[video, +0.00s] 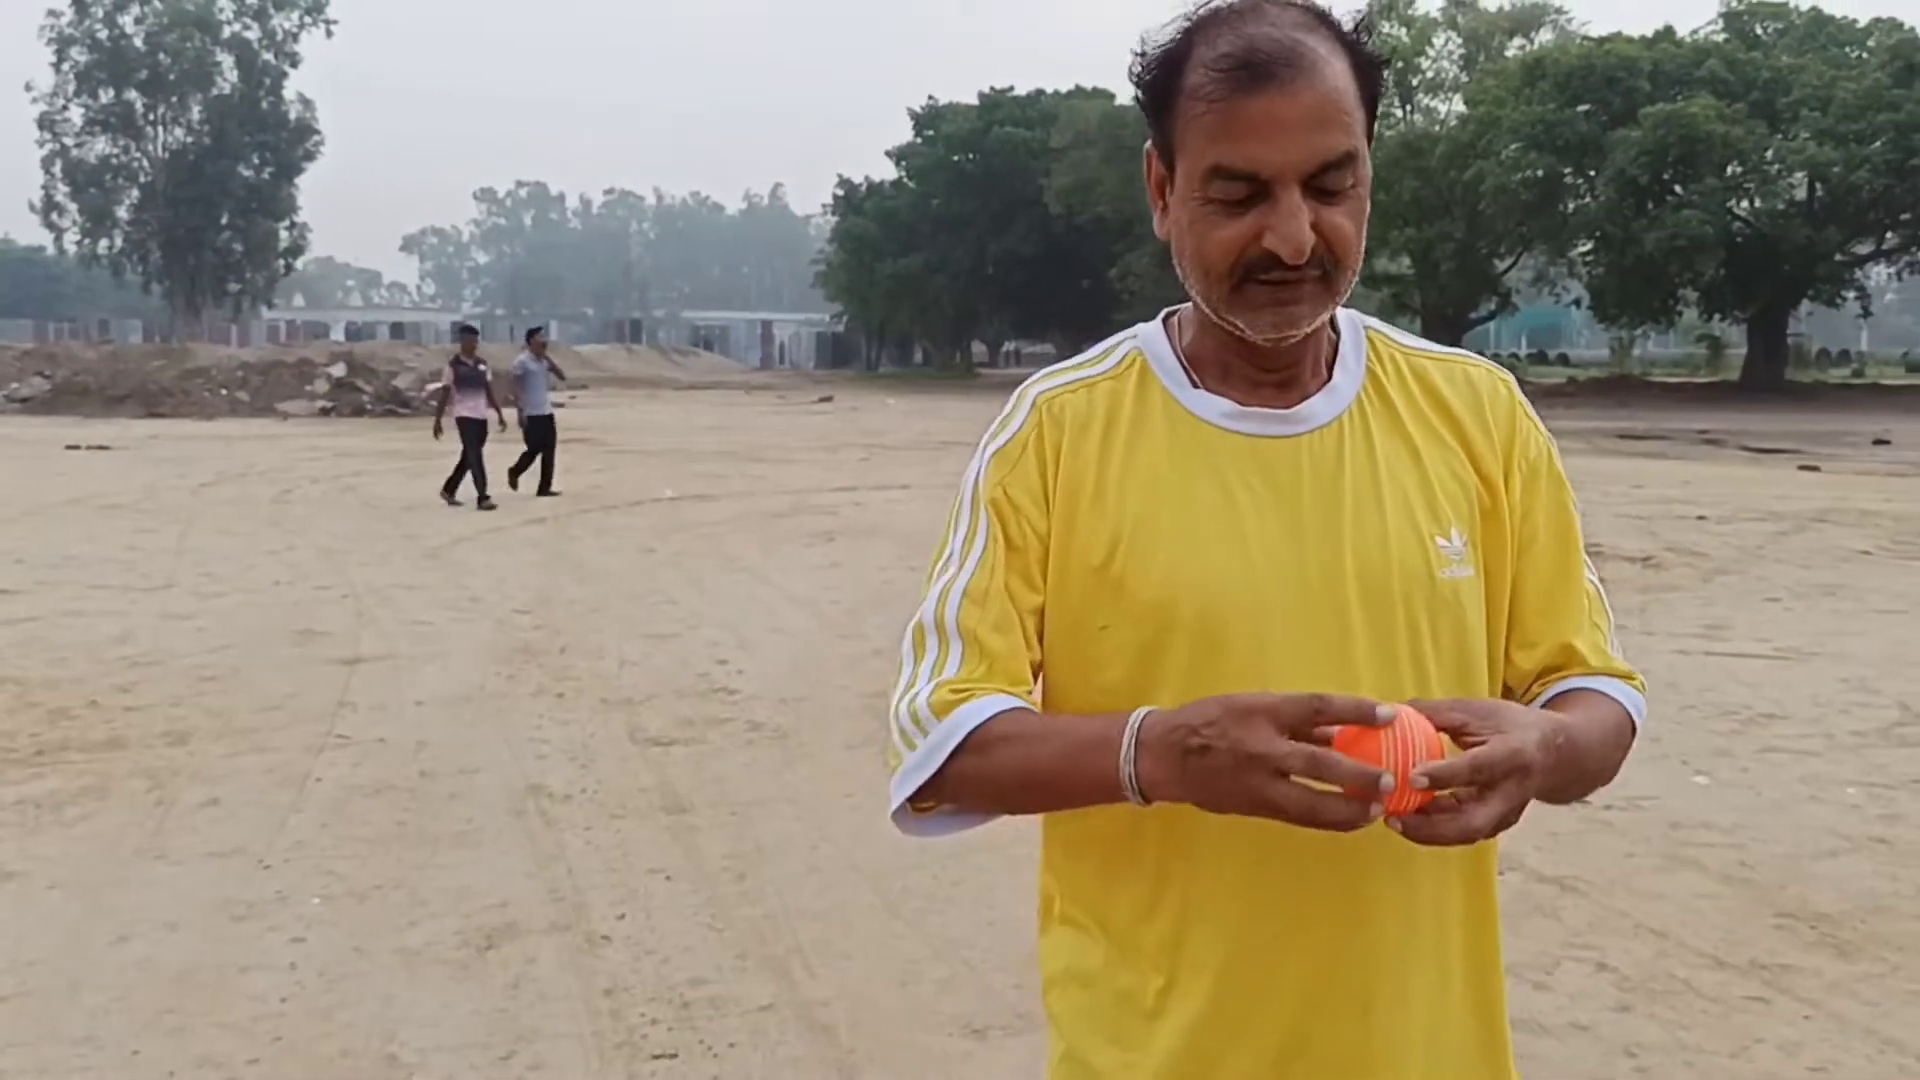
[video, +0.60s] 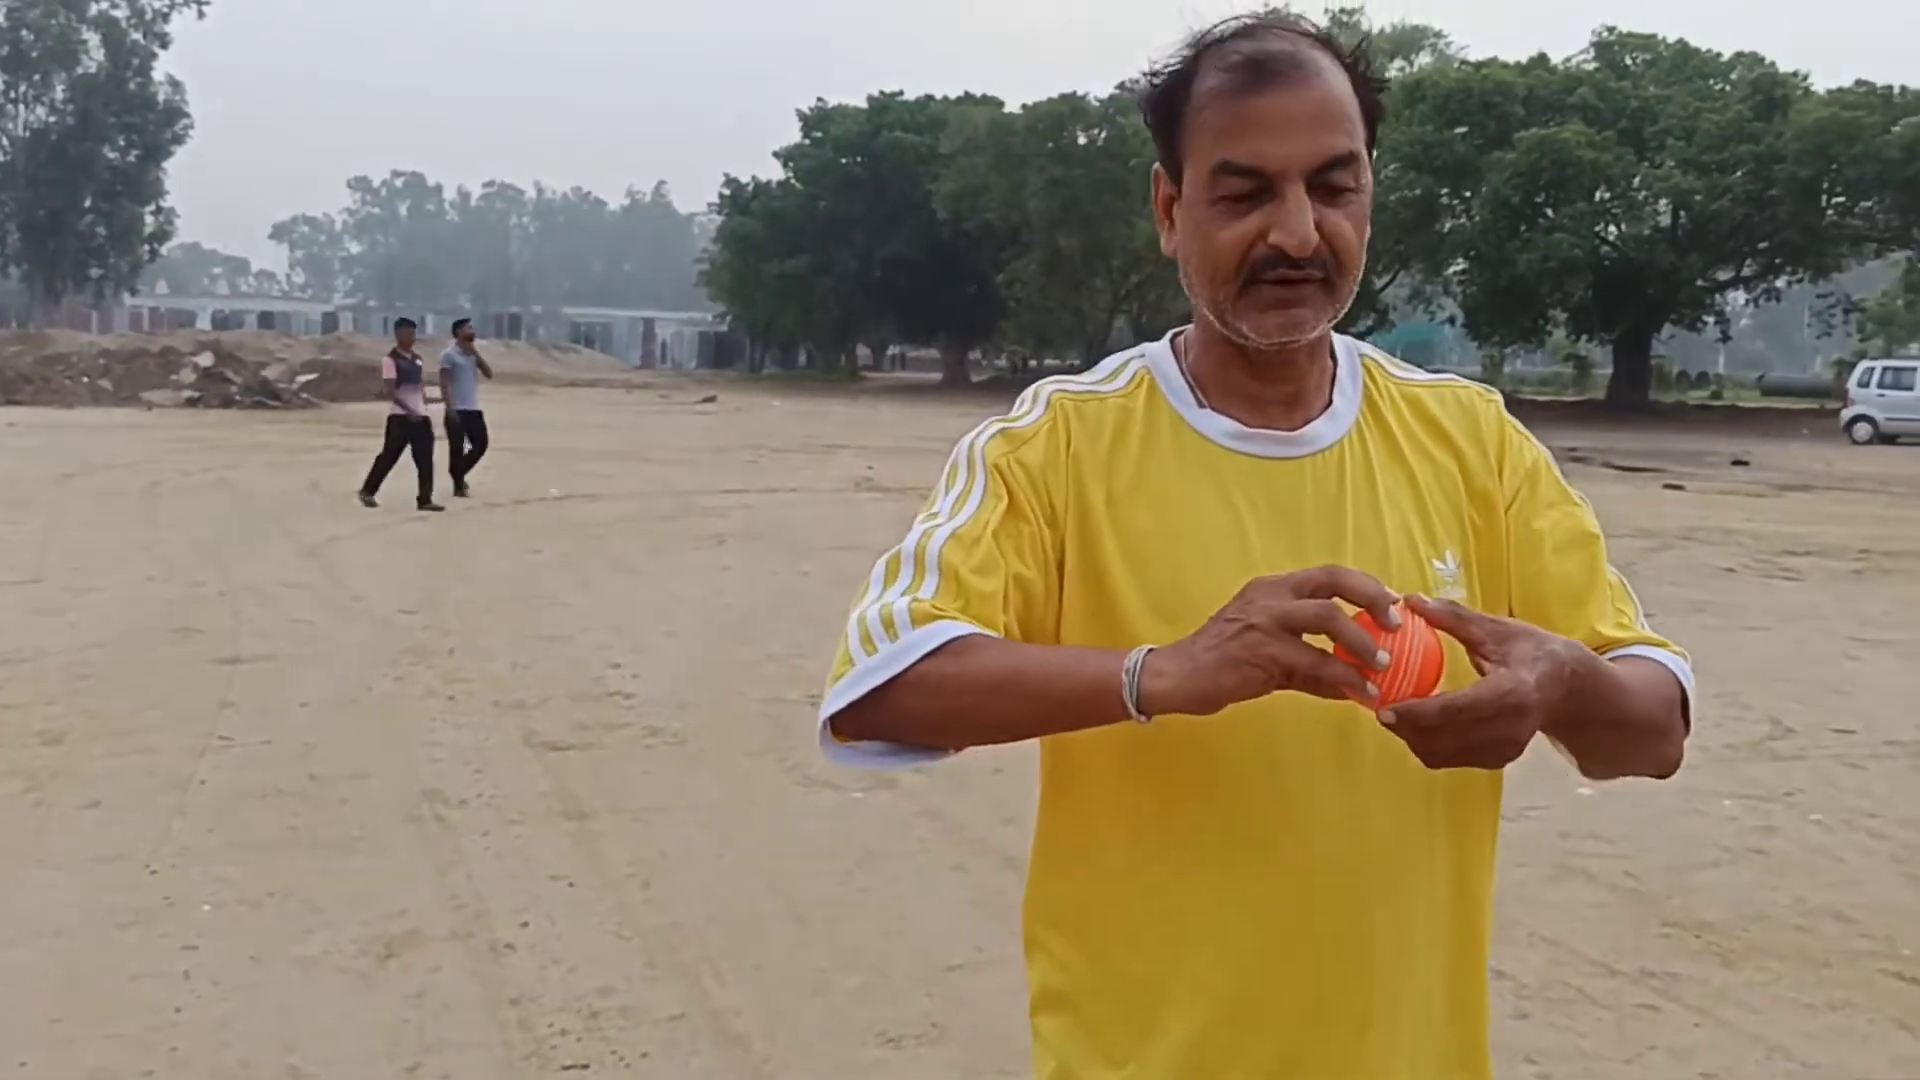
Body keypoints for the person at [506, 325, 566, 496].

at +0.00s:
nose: (543, 342)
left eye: (543, 338)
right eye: (539, 339)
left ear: (542, 341)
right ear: (530, 342)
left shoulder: (542, 361)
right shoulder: (521, 362)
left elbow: (561, 376)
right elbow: (515, 390)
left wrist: (547, 359)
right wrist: (520, 413)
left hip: (546, 413)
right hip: (531, 414)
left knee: (549, 452)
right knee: (534, 449)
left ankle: (545, 486)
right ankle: (514, 472)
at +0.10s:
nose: (538, 343)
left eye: (539, 339)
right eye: (534, 340)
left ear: (540, 341)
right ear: (525, 341)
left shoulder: (537, 360)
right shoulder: (515, 361)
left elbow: (555, 375)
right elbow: (508, 389)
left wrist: (541, 359)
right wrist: (508, 413)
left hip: (538, 410)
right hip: (524, 411)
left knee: (537, 450)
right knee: (531, 448)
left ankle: (533, 485)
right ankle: (523, 479)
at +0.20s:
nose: (523, 341)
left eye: (523, 337)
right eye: (519, 338)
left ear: (521, 341)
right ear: (509, 341)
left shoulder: (521, 362)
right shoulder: (499, 363)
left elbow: (539, 377)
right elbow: (488, 389)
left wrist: (524, 360)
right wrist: (488, 414)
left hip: (521, 412)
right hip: (507, 412)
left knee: (516, 452)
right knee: (517, 450)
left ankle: (507, 488)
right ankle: (521, 486)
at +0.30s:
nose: (512, 344)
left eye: (512, 340)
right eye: (508, 340)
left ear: (510, 344)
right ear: (498, 344)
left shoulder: (511, 365)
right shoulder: (488, 366)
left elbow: (528, 381)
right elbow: (477, 392)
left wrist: (514, 363)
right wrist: (475, 418)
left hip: (510, 416)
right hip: (496, 416)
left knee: (501, 455)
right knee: (507, 454)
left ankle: (489, 488)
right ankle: (520, 488)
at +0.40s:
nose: (495, 344)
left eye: (495, 340)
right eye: (490, 340)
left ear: (494, 344)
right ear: (480, 345)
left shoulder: (494, 366)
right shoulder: (471, 368)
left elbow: (511, 381)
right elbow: (462, 394)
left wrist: (496, 364)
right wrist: (461, 419)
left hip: (494, 415)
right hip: (480, 415)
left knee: (485, 452)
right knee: (491, 453)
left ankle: (467, 483)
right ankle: (498, 489)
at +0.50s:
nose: (487, 338)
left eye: (487, 334)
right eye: (483, 335)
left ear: (486, 338)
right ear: (473, 338)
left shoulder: (487, 360)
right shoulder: (463, 362)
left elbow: (504, 377)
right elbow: (456, 391)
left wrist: (489, 358)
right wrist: (459, 415)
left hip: (488, 412)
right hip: (472, 412)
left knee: (488, 450)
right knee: (481, 452)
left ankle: (465, 471)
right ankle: (482, 488)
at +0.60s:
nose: (472, 332)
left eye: (472, 328)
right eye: (468, 329)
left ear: (471, 332)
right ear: (458, 333)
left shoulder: (472, 353)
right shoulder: (448, 356)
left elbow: (488, 374)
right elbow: (444, 384)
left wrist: (475, 354)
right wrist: (449, 408)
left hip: (473, 408)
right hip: (455, 409)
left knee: (480, 444)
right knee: (456, 449)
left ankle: (459, 471)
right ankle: (458, 485)